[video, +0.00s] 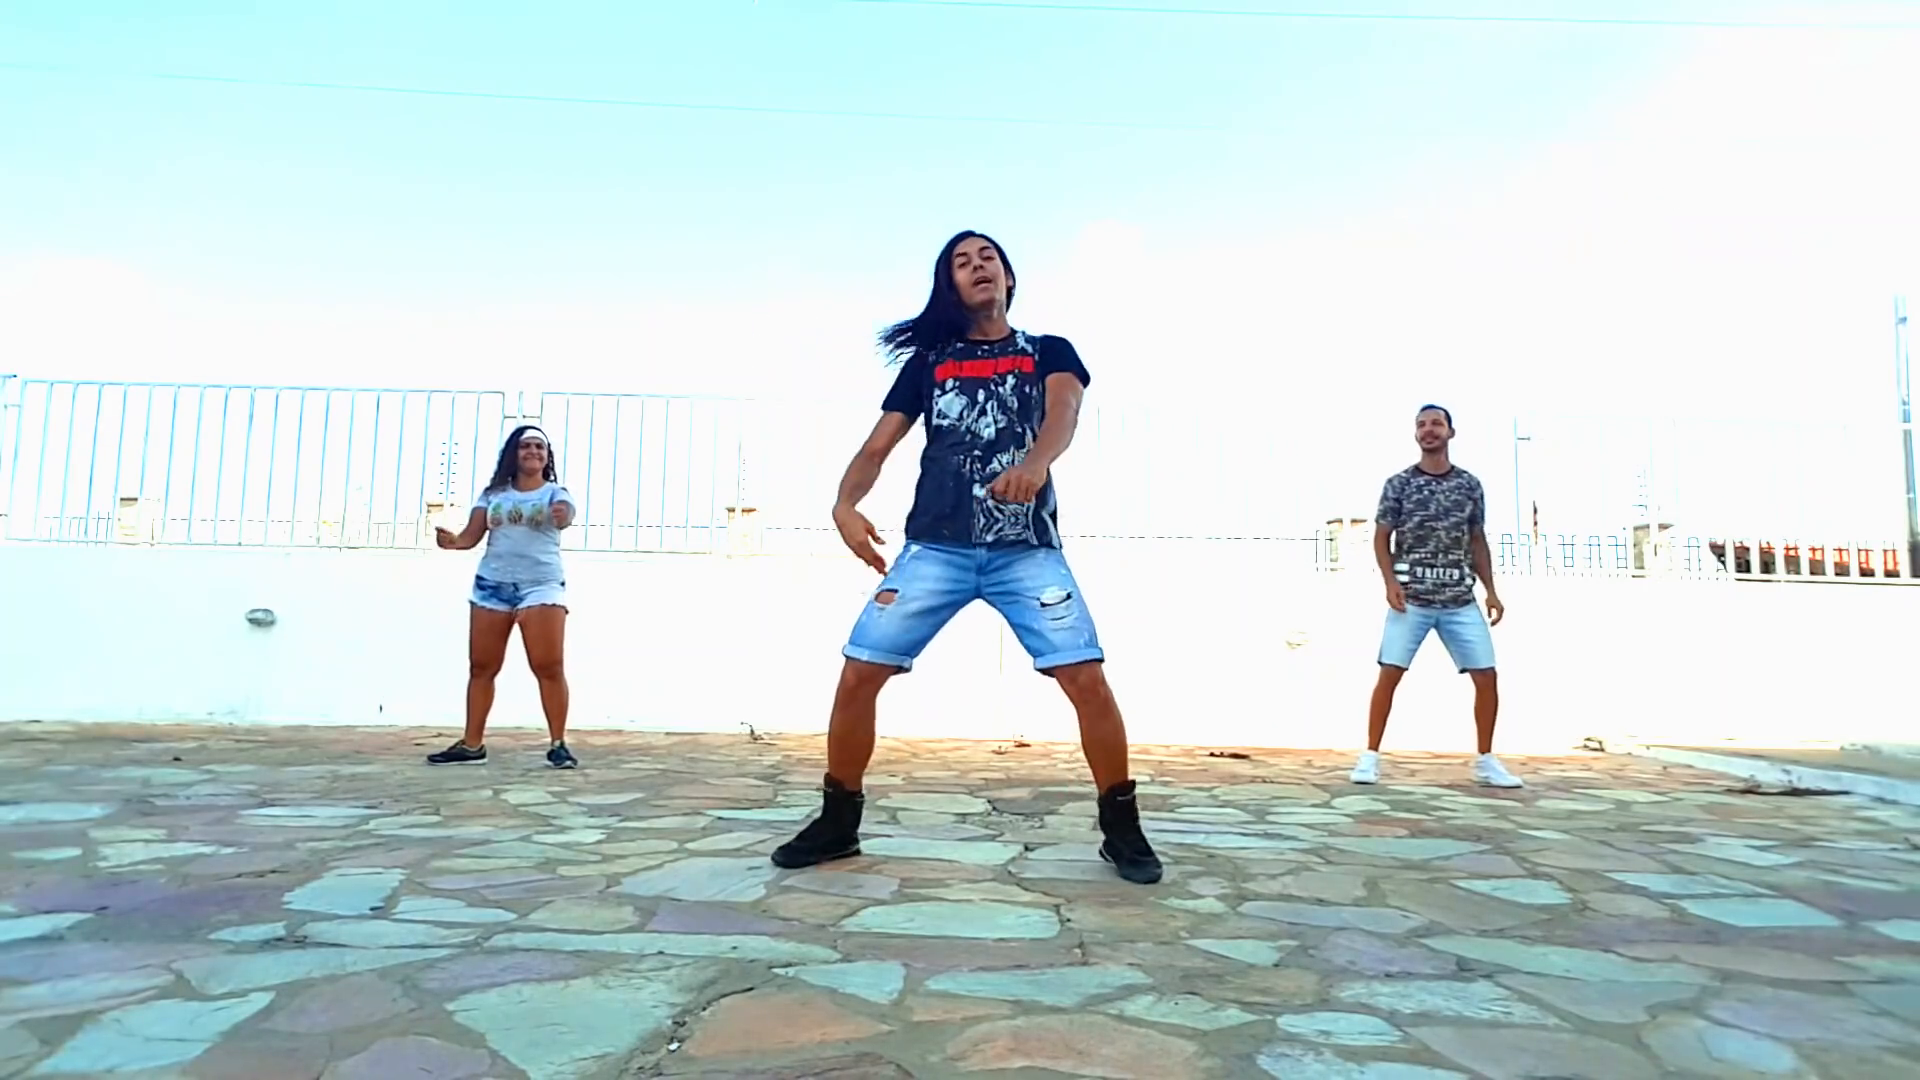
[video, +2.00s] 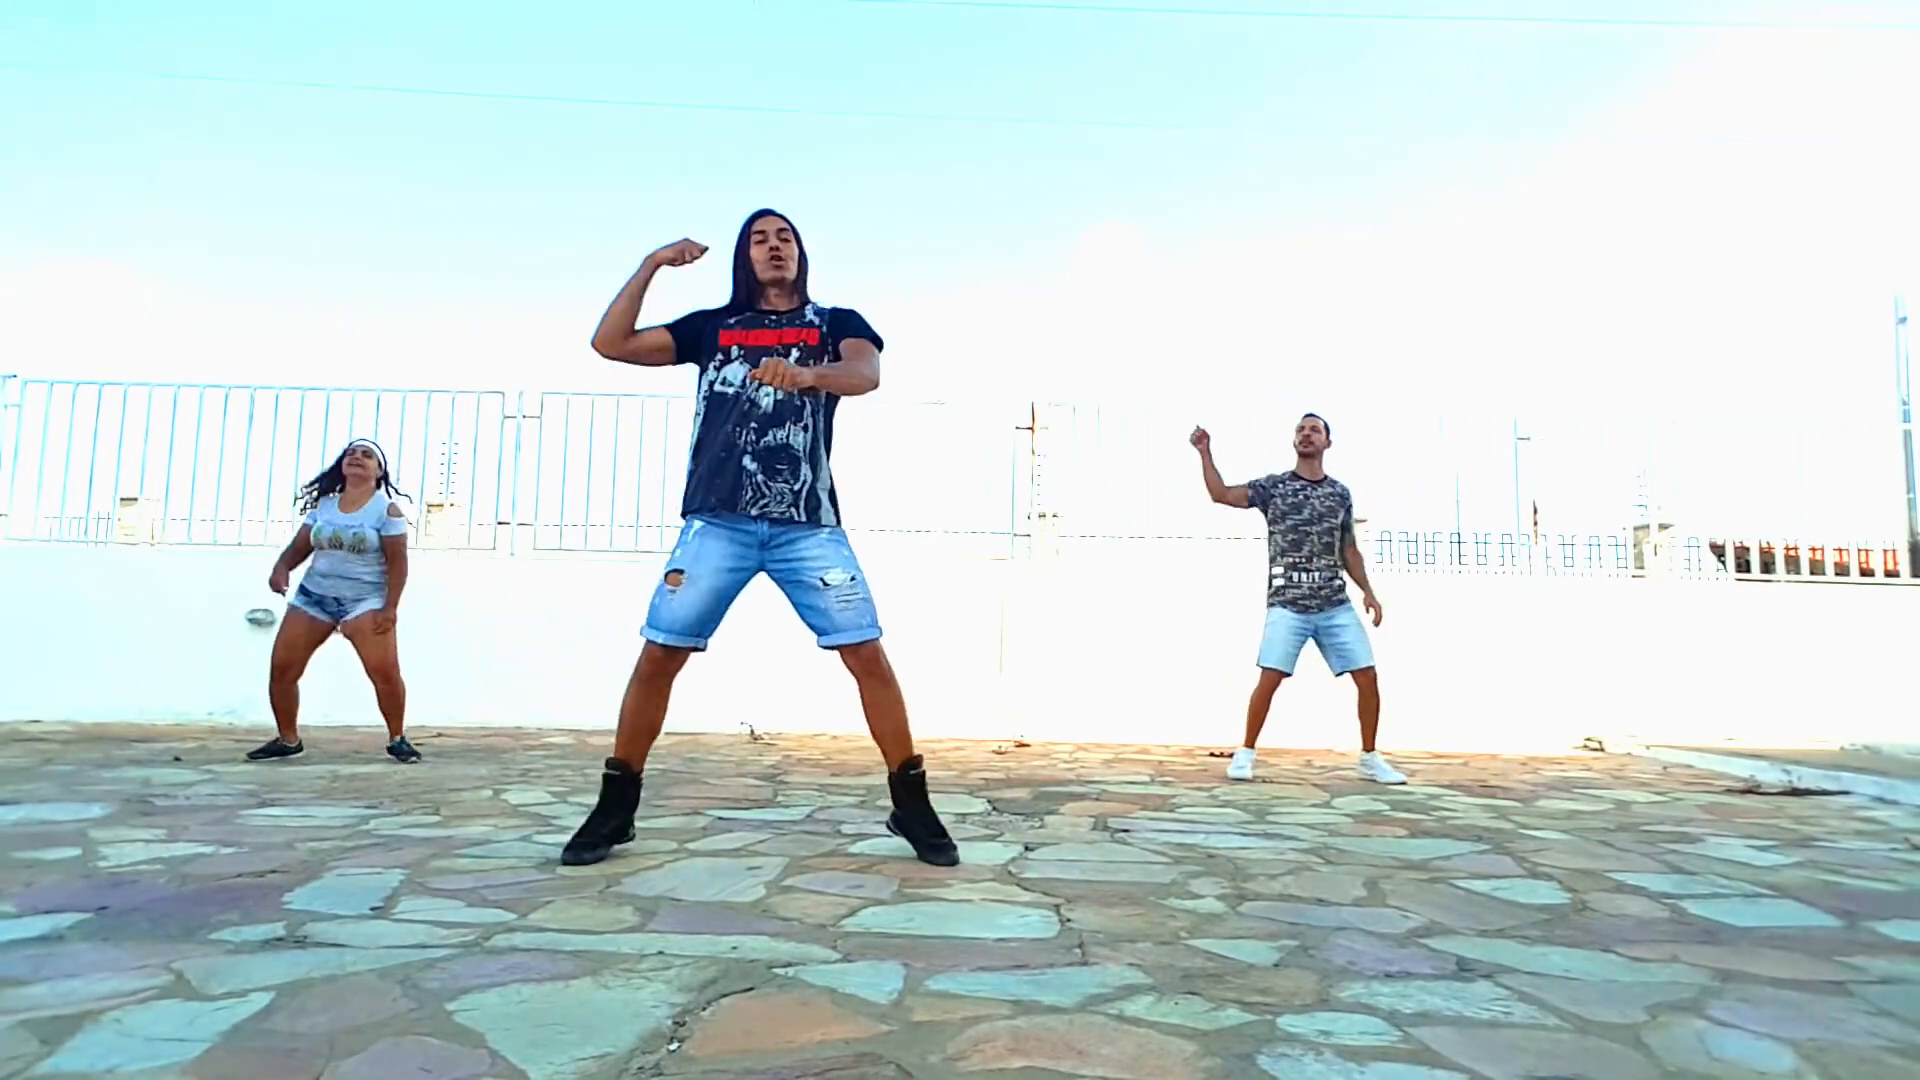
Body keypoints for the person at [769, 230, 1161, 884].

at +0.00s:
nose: (978, 263)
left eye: (987, 255)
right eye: (963, 260)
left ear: (1008, 277)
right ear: (949, 289)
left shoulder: (1049, 350)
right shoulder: (930, 361)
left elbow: (1063, 414)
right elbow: (878, 445)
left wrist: (1037, 463)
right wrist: (843, 504)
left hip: (1027, 553)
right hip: (935, 550)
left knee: (1088, 680)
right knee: (858, 674)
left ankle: (1122, 825)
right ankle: (837, 821)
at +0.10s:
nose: (967, 280)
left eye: (976, 271)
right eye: (953, 276)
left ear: (997, 287)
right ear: (940, 298)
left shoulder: (1035, 365)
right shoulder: (917, 373)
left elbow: (1052, 407)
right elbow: (854, 441)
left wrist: (1038, 435)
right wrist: (808, 451)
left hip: (1019, 563)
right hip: (925, 559)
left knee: (1079, 686)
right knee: (851, 676)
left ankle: (1119, 829)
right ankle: (836, 822)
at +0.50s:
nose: (909, 288)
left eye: (918, 276)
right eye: (895, 280)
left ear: (938, 287)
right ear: (876, 298)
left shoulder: (969, 362)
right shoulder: (854, 369)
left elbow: (989, 388)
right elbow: (826, 411)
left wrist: (944, 380)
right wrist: (892, 408)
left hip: (953, 561)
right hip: (862, 558)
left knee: (1011, 684)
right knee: (779, 673)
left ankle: (1033, 824)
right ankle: (755, 816)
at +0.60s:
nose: (877, 284)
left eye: (885, 272)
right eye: (863, 276)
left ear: (904, 283)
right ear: (848, 291)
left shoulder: (933, 358)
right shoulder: (822, 358)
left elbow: (963, 398)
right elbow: (778, 403)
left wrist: (925, 396)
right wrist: (816, 382)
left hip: (916, 551)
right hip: (828, 548)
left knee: (981, 674)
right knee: (760, 670)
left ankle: (1019, 820)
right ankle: (744, 820)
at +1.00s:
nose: (787, 280)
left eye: (796, 269)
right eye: (773, 273)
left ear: (814, 283)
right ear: (757, 291)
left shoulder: (839, 355)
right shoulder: (732, 363)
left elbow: (870, 393)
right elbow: (721, 414)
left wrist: (842, 359)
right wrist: (772, 387)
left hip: (828, 557)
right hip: (737, 552)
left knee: (887, 678)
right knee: (660, 672)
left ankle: (924, 812)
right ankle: (642, 813)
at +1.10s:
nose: (767, 246)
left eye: (776, 236)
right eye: (753, 239)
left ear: (794, 251)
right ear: (736, 257)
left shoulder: (826, 326)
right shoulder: (716, 326)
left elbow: (868, 375)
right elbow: (696, 399)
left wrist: (850, 351)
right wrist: (689, 343)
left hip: (811, 519)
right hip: (723, 519)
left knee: (871, 643)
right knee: (660, 648)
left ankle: (925, 789)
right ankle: (636, 796)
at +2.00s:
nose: (773, 244)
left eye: (783, 236)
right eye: (760, 238)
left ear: (801, 256)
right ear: (742, 259)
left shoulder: (838, 321)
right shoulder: (713, 327)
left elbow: (864, 373)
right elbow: (613, 343)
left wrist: (807, 376)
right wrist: (648, 265)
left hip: (808, 525)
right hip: (718, 522)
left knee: (868, 653)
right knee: (659, 655)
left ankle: (912, 802)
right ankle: (615, 806)